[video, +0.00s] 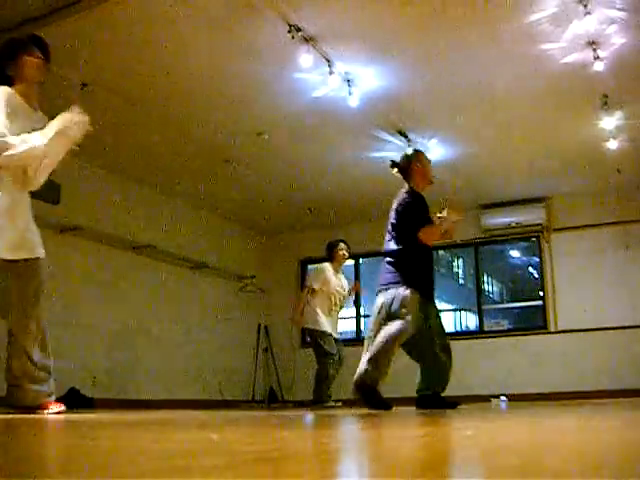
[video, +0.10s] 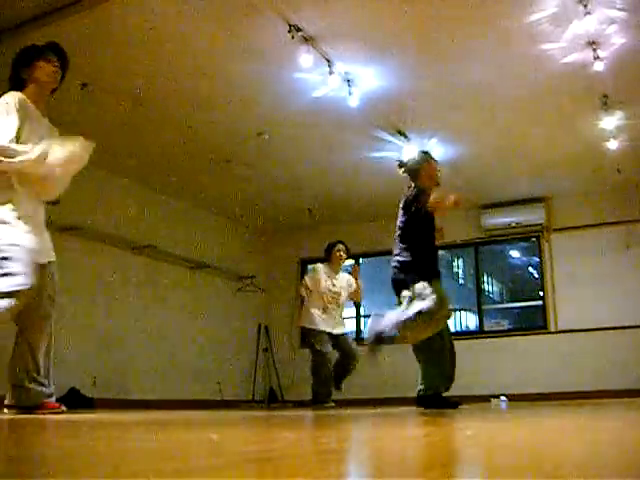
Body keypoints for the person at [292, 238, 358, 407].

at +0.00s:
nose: (344, 253)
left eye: (346, 251)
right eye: (340, 250)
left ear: (347, 255)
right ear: (332, 253)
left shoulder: (342, 280)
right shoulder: (322, 269)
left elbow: (338, 304)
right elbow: (306, 291)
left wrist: (351, 292)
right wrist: (298, 313)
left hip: (329, 324)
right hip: (315, 320)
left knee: (338, 356)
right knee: (329, 356)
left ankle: (323, 395)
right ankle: (321, 397)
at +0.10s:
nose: (341, 255)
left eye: (343, 252)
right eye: (337, 251)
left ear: (346, 257)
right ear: (329, 254)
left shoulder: (346, 278)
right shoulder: (318, 271)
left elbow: (357, 298)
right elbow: (303, 288)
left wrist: (356, 279)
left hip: (336, 324)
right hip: (315, 322)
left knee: (350, 355)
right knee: (324, 356)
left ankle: (335, 379)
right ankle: (322, 397)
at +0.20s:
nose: (342, 251)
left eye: (345, 249)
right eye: (339, 247)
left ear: (348, 253)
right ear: (332, 250)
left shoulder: (349, 274)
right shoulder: (318, 263)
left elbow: (364, 294)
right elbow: (299, 268)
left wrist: (361, 283)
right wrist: (307, 272)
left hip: (333, 314)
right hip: (312, 314)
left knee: (336, 333)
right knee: (314, 359)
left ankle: (336, 362)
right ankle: (319, 397)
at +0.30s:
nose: (343, 249)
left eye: (346, 247)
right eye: (340, 246)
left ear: (348, 252)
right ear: (333, 248)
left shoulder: (350, 272)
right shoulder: (320, 261)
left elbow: (359, 290)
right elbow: (297, 258)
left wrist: (358, 297)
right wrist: (308, 273)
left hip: (337, 304)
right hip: (317, 305)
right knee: (316, 351)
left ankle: (319, 356)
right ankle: (329, 392)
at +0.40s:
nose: (342, 253)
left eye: (345, 251)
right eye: (340, 249)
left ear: (348, 255)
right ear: (332, 252)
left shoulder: (351, 275)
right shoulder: (319, 270)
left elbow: (358, 301)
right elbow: (300, 274)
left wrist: (358, 323)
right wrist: (303, 285)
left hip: (338, 317)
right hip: (320, 316)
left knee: (307, 338)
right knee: (321, 358)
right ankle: (339, 396)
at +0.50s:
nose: (341, 258)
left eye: (344, 255)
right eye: (338, 254)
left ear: (346, 259)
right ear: (330, 256)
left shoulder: (350, 277)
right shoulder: (320, 278)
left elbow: (365, 298)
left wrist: (356, 317)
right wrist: (316, 304)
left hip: (339, 324)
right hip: (322, 323)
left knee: (307, 348)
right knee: (318, 364)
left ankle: (278, 372)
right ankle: (337, 396)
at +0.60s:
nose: (346, 254)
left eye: (348, 251)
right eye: (342, 251)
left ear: (349, 255)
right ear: (332, 254)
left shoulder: (351, 275)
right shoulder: (321, 276)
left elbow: (365, 292)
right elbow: (319, 297)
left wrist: (359, 308)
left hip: (339, 321)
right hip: (323, 319)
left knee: (303, 330)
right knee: (317, 354)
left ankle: (300, 373)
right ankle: (335, 395)